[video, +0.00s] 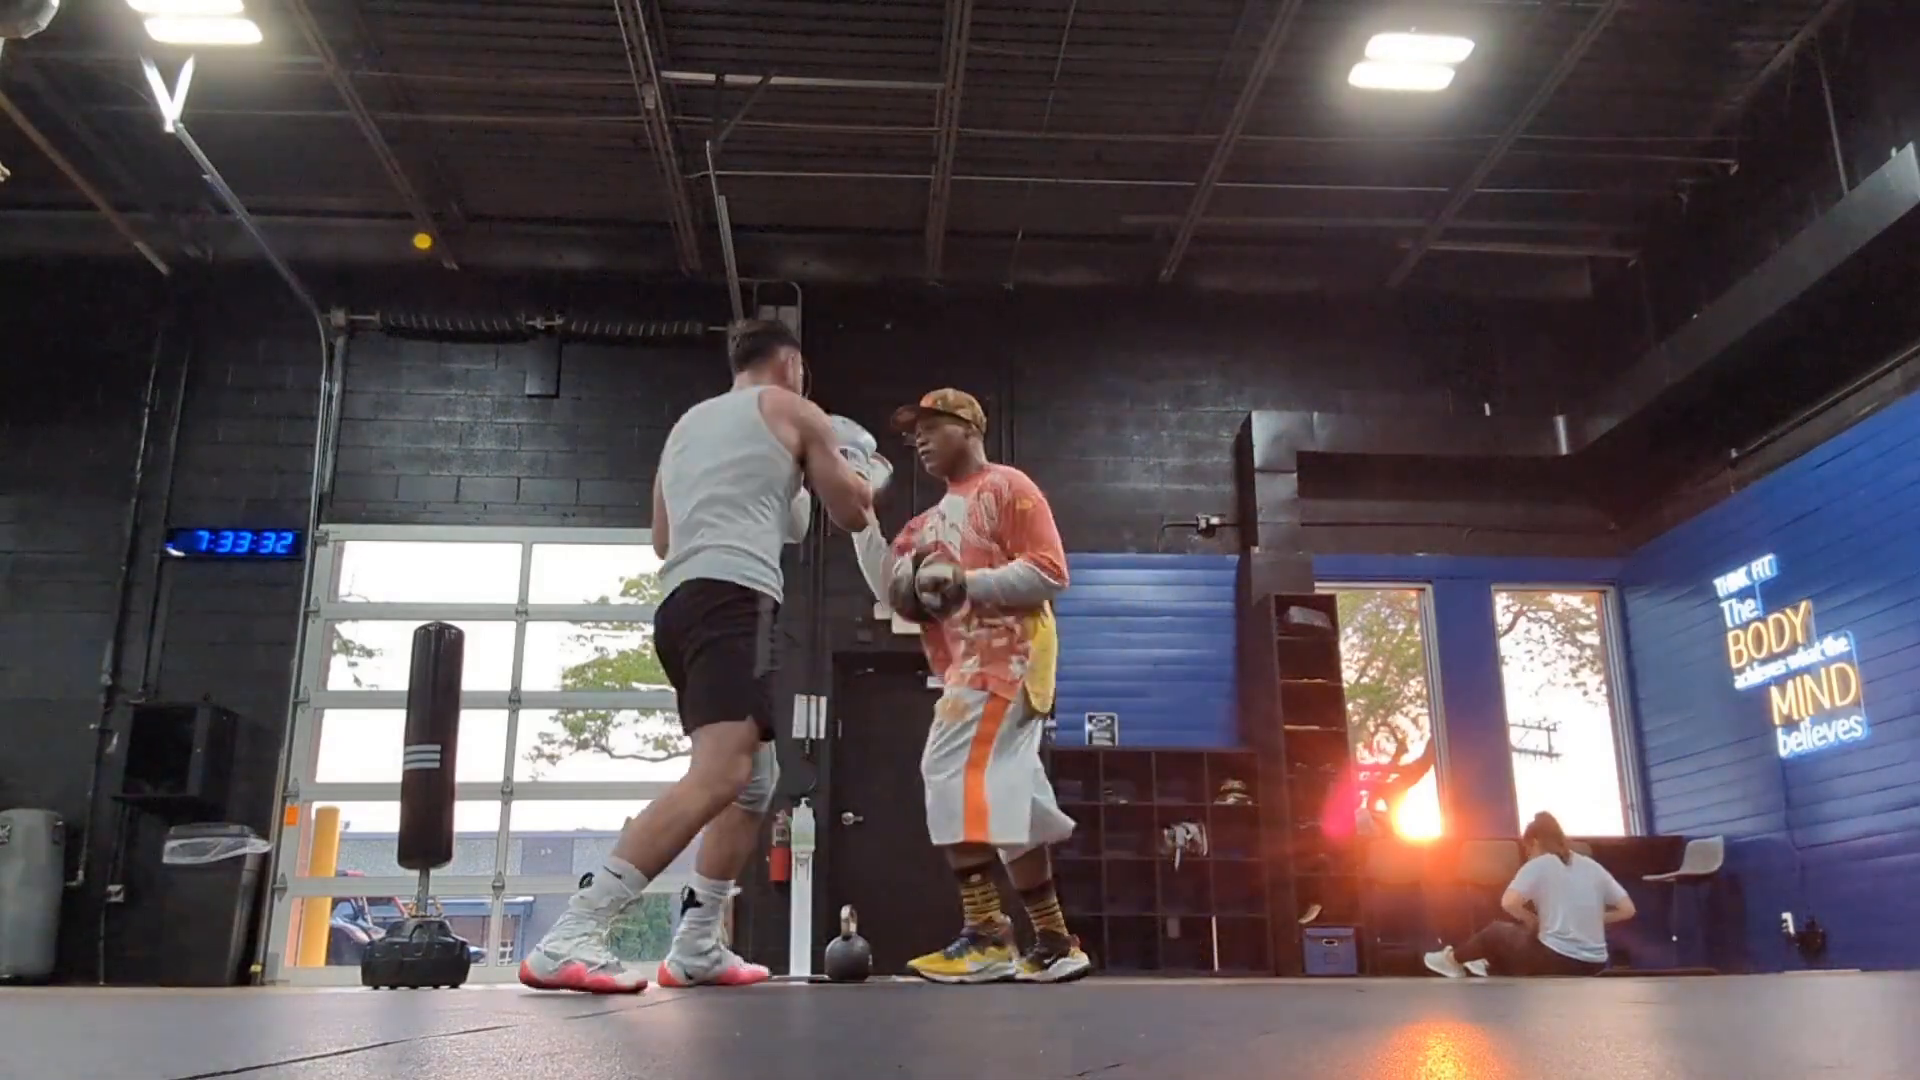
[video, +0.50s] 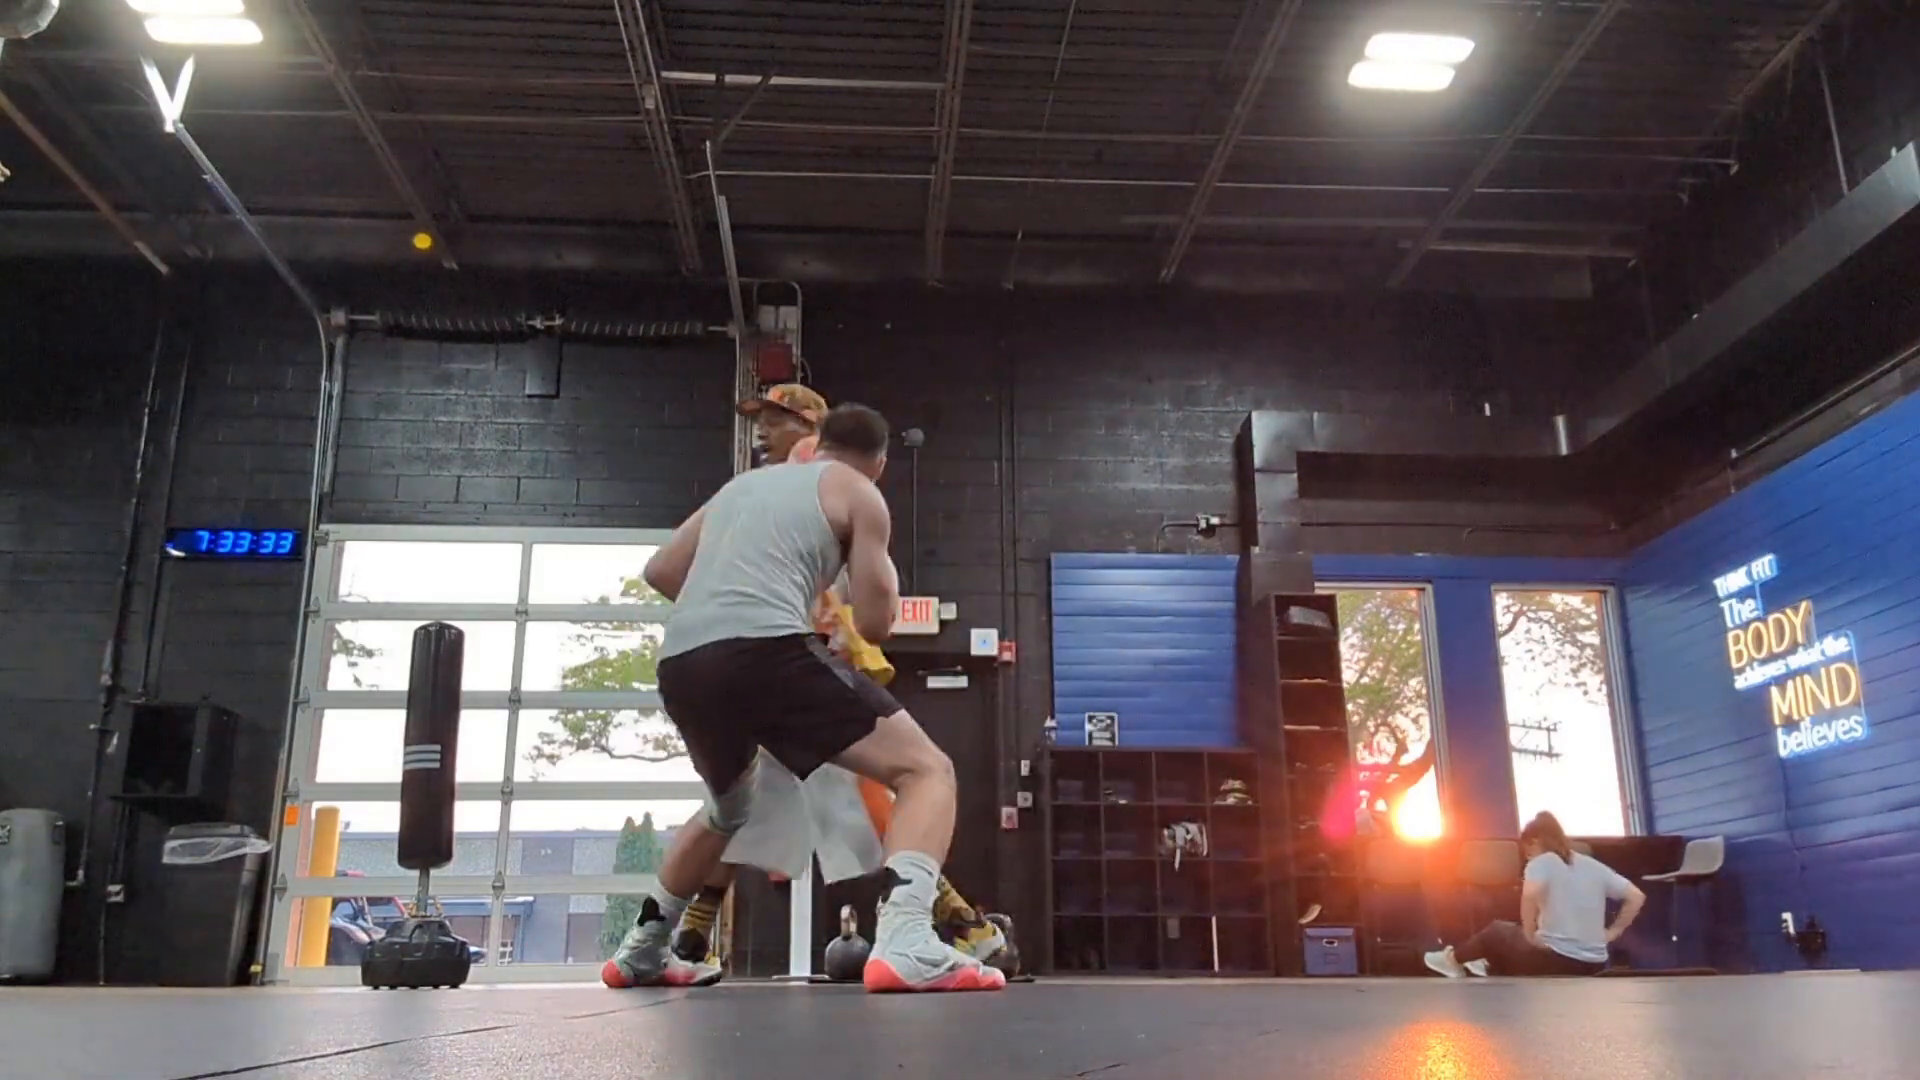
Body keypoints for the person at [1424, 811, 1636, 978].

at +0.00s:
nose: (1527, 853)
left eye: (1527, 848)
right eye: (1526, 848)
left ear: (1535, 843)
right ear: (1561, 840)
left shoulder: (1536, 866)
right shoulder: (1592, 866)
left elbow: (1509, 903)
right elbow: (1627, 909)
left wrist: (1530, 921)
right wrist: (1592, 920)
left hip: (1556, 958)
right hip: (1595, 961)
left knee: (1498, 931)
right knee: (1522, 938)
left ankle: (1451, 959)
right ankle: (1487, 964)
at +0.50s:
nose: (1527, 856)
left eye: (1527, 849)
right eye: (1526, 850)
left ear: (1537, 842)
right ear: (1558, 840)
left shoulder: (1540, 863)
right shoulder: (1592, 866)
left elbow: (1531, 895)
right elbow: (1636, 897)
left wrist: (1529, 935)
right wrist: (1614, 932)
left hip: (1559, 958)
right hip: (1595, 961)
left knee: (1499, 931)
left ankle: (1451, 958)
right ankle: (1487, 964)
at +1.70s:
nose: (1511, 856)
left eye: (1511, 852)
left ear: (1513, 856)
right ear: (1539, 853)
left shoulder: (1515, 877)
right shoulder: (1564, 877)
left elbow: (1493, 923)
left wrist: (1488, 910)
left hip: (1553, 959)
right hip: (1591, 961)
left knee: (1491, 933)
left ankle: (1449, 959)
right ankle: (1482, 965)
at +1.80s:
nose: (1511, 857)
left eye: (1511, 853)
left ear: (1514, 856)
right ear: (1540, 853)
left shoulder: (1515, 876)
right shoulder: (1566, 876)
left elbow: (1486, 922)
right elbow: (1561, 916)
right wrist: (1522, 917)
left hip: (1553, 959)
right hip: (1591, 961)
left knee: (1492, 933)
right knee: (1520, 934)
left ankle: (1450, 960)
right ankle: (1482, 964)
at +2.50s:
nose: (1547, 839)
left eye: (1549, 834)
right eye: (1548, 834)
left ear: (1554, 836)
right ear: (1580, 834)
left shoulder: (1545, 868)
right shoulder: (1602, 872)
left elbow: (1516, 916)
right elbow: (1606, 915)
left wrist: (1513, 891)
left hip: (1561, 959)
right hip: (1596, 962)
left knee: (1499, 926)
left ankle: (1457, 956)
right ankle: (1485, 963)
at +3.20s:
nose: (1546, 848)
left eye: (1547, 842)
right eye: (1545, 843)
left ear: (1557, 840)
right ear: (1581, 838)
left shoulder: (1548, 867)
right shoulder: (1608, 872)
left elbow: (1529, 921)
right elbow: (1614, 928)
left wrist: (1528, 891)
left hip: (1562, 962)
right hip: (1603, 961)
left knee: (1502, 902)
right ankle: (1519, 951)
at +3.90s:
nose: (1520, 849)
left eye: (1521, 844)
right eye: (1520, 845)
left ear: (1528, 841)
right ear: (1553, 840)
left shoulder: (1525, 867)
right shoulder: (1582, 868)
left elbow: (1518, 916)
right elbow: (1603, 923)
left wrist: (1506, 929)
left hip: (1547, 961)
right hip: (1592, 962)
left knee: (1476, 922)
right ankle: (1509, 964)